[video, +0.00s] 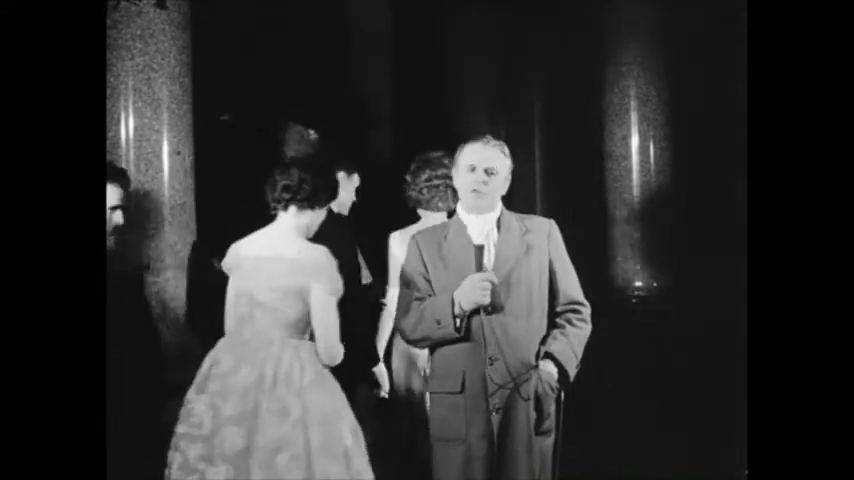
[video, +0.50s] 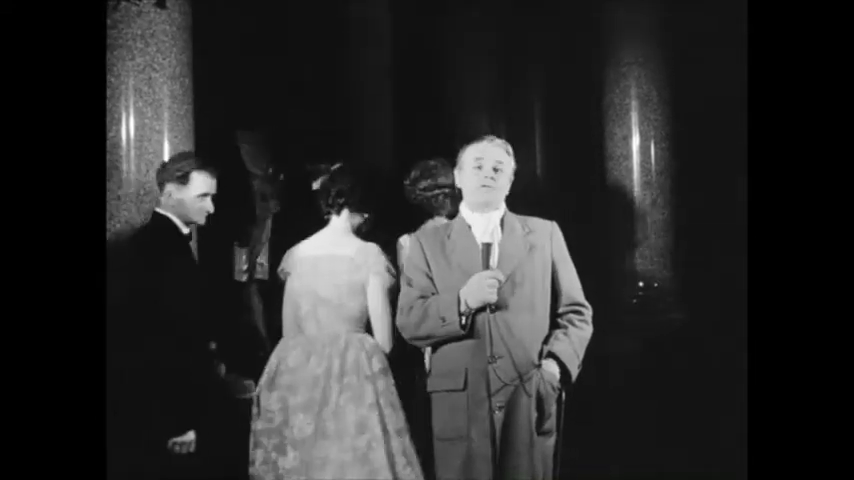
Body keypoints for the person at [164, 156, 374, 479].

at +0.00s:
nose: (325, 218)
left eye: (326, 209)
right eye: (324, 209)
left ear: (279, 201)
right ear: (313, 207)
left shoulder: (240, 249)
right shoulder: (317, 259)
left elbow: (230, 327)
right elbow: (331, 353)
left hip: (236, 371)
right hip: (291, 377)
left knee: (232, 468)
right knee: (294, 468)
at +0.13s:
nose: (341, 217)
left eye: (344, 208)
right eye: (342, 207)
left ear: (297, 197)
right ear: (331, 205)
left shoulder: (255, 248)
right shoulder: (334, 257)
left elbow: (243, 324)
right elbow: (348, 349)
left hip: (252, 367)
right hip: (308, 370)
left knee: (247, 467)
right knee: (310, 467)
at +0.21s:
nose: (348, 219)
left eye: (350, 211)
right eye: (349, 210)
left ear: (307, 200)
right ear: (342, 208)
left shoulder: (263, 249)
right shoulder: (346, 258)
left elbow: (251, 326)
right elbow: (355, 349)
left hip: (261, 368)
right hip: (318, 372)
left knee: (257, 467)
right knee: (321, 467)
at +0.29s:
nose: (352, 220)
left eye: (353, 211)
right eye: (352, 211)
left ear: (311, 204)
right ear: (346, 209)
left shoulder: (273, 252)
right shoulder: (353, 259)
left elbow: (262, 326)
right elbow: (363, 349)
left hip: (271, 370)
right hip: (327, 374)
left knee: (267, 467)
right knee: (330, 467)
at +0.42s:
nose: (363, 216)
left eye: (363, 207)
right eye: (361, 208)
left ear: (321, 205)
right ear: (351, 210)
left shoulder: (285, 255)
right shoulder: (365, 258)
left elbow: (276, 330)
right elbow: (376, 346)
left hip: (287, 374)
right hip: (342, 377)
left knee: (285, 469)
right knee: (343, 468)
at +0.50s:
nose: (371, 215)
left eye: (370, 206)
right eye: (369, 207)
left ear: (329, 203)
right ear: (363, 209)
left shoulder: (296, 254)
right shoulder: (370, 255)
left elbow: (288, 331)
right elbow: (384, 340)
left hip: (299, 370)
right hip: (352, 373)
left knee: (297, 467)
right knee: (355, 466)